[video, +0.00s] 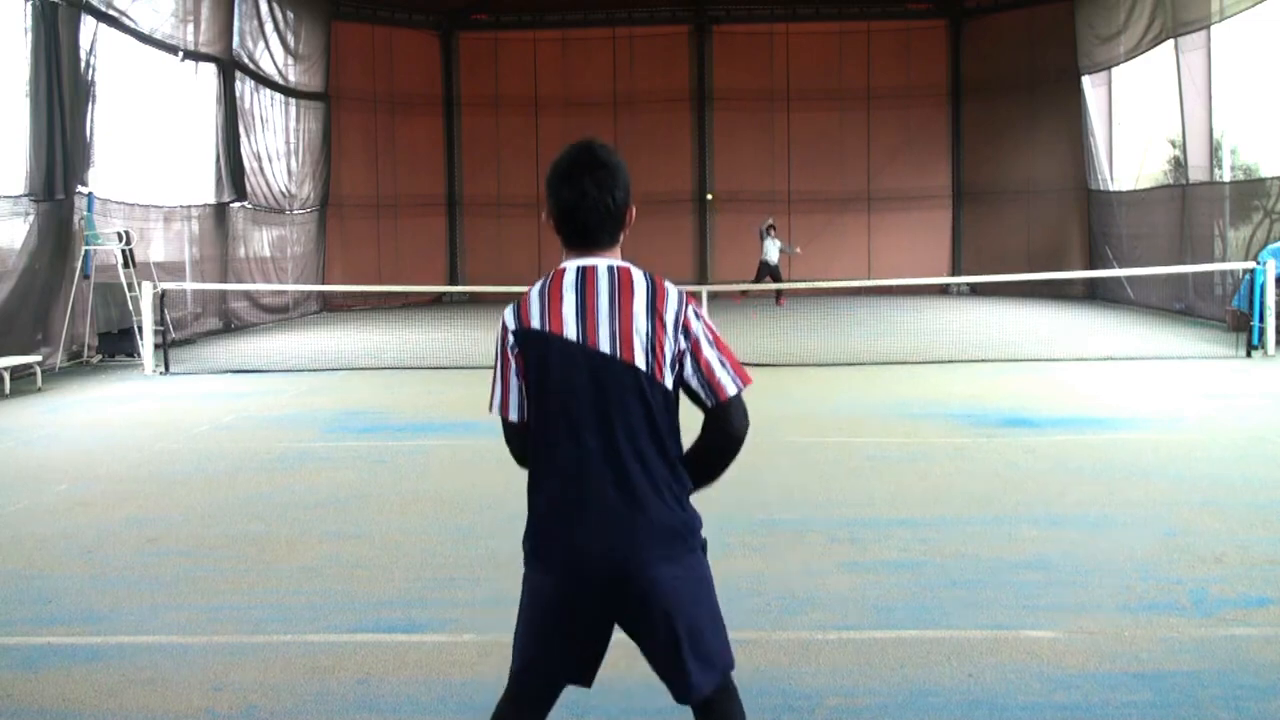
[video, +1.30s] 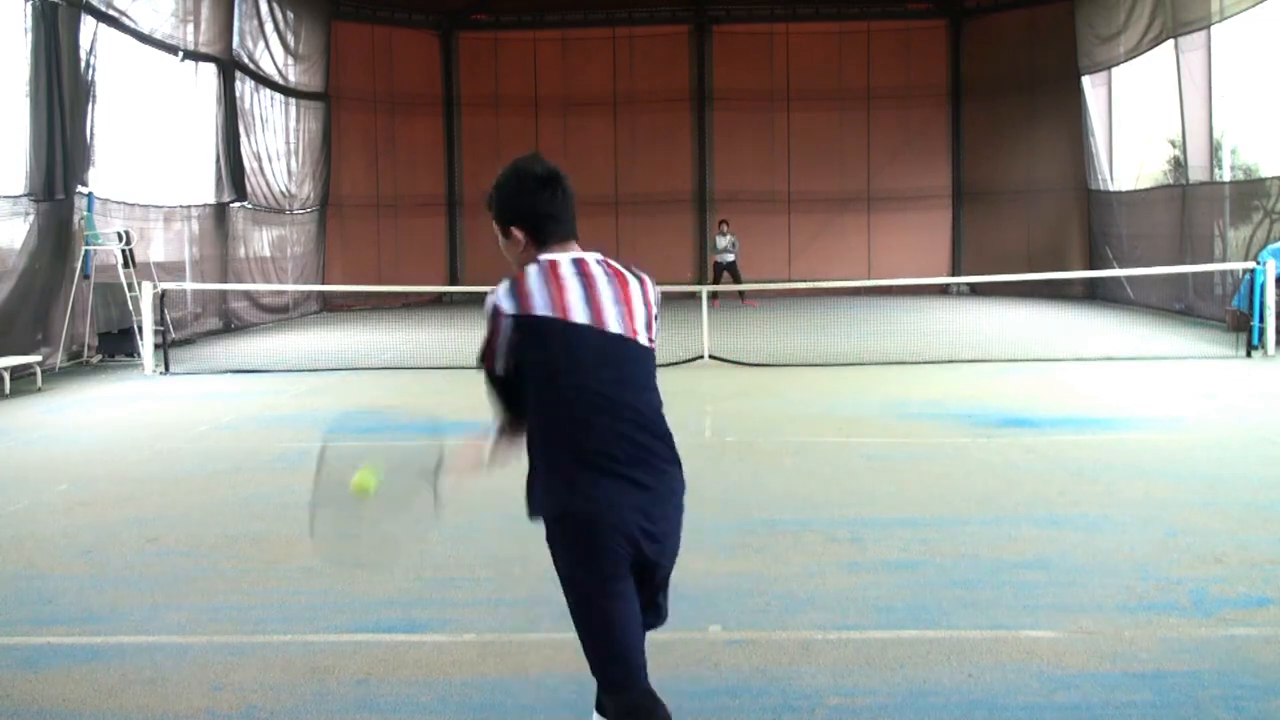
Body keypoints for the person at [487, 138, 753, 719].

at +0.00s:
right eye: (631, 204)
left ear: (551, 222)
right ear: (629, 216)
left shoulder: (521, 316)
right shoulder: (670, 304)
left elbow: (519, 440)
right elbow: (732, 422)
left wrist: (574, 479)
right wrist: (672, 480)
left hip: (562, 541)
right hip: (655, 538)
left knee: (525, 697)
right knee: (714, 693)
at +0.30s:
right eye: (601, 200)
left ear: (521, 221)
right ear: (601, 211)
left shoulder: (525, 316)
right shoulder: (667, 289)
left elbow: (549, 451)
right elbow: (716, 410)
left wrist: (610, 485)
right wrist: (663, 459)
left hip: (609, 545)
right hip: (693, 537)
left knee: (542, 704)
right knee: (641, 697)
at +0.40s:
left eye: (509, 246)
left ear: (517, 259)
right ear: (599, 247)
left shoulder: (535, 354)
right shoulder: (660, 325)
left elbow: (548, 491)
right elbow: (710, 450)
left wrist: (609, 540)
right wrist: (666, 516)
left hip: (619, 585)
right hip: (701, 571)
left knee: (568, 711)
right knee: (637, 707)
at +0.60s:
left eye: (506, 215)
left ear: (515, 226)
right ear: (597, 210)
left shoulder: (565, 302)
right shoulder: (629, 283)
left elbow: (571, 437)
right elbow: (639, 434)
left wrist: (534, 500)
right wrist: (569, 519)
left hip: (661, 539)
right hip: (708, 525)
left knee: (613, 706)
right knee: (642, 699)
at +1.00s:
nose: (505, 249)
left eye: (506, 235)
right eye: (508, 232)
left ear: (515, 246)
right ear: (581, 229)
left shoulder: (599, 289)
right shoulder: (549, 331)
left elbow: (625, 415)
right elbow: (540, 419)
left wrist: (522, 425)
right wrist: (504, 457)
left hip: (691, 529)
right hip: (655, 532)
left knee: (673, 705)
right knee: (610, 631)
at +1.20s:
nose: (503, 262)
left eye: (502, 250)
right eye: (501, 250)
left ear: (517, 254)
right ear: (568, 239)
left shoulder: (578, 306)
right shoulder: (564, 312)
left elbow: (580, 428)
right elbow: (527, 412)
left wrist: (530, 520)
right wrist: (494, 498)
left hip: (627, 529)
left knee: (607, 691)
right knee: (576, 657)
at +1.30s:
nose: (500, 247)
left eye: (499, 236)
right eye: (497, 234)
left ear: (517, 237)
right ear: (571, 219)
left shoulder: (513, 297)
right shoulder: (638, 286)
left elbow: (512, 403)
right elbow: (624, 382)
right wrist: (527, 424)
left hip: (583, 500)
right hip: (659, 493)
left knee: (627, 683)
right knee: (628, 635)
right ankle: (612, 707)